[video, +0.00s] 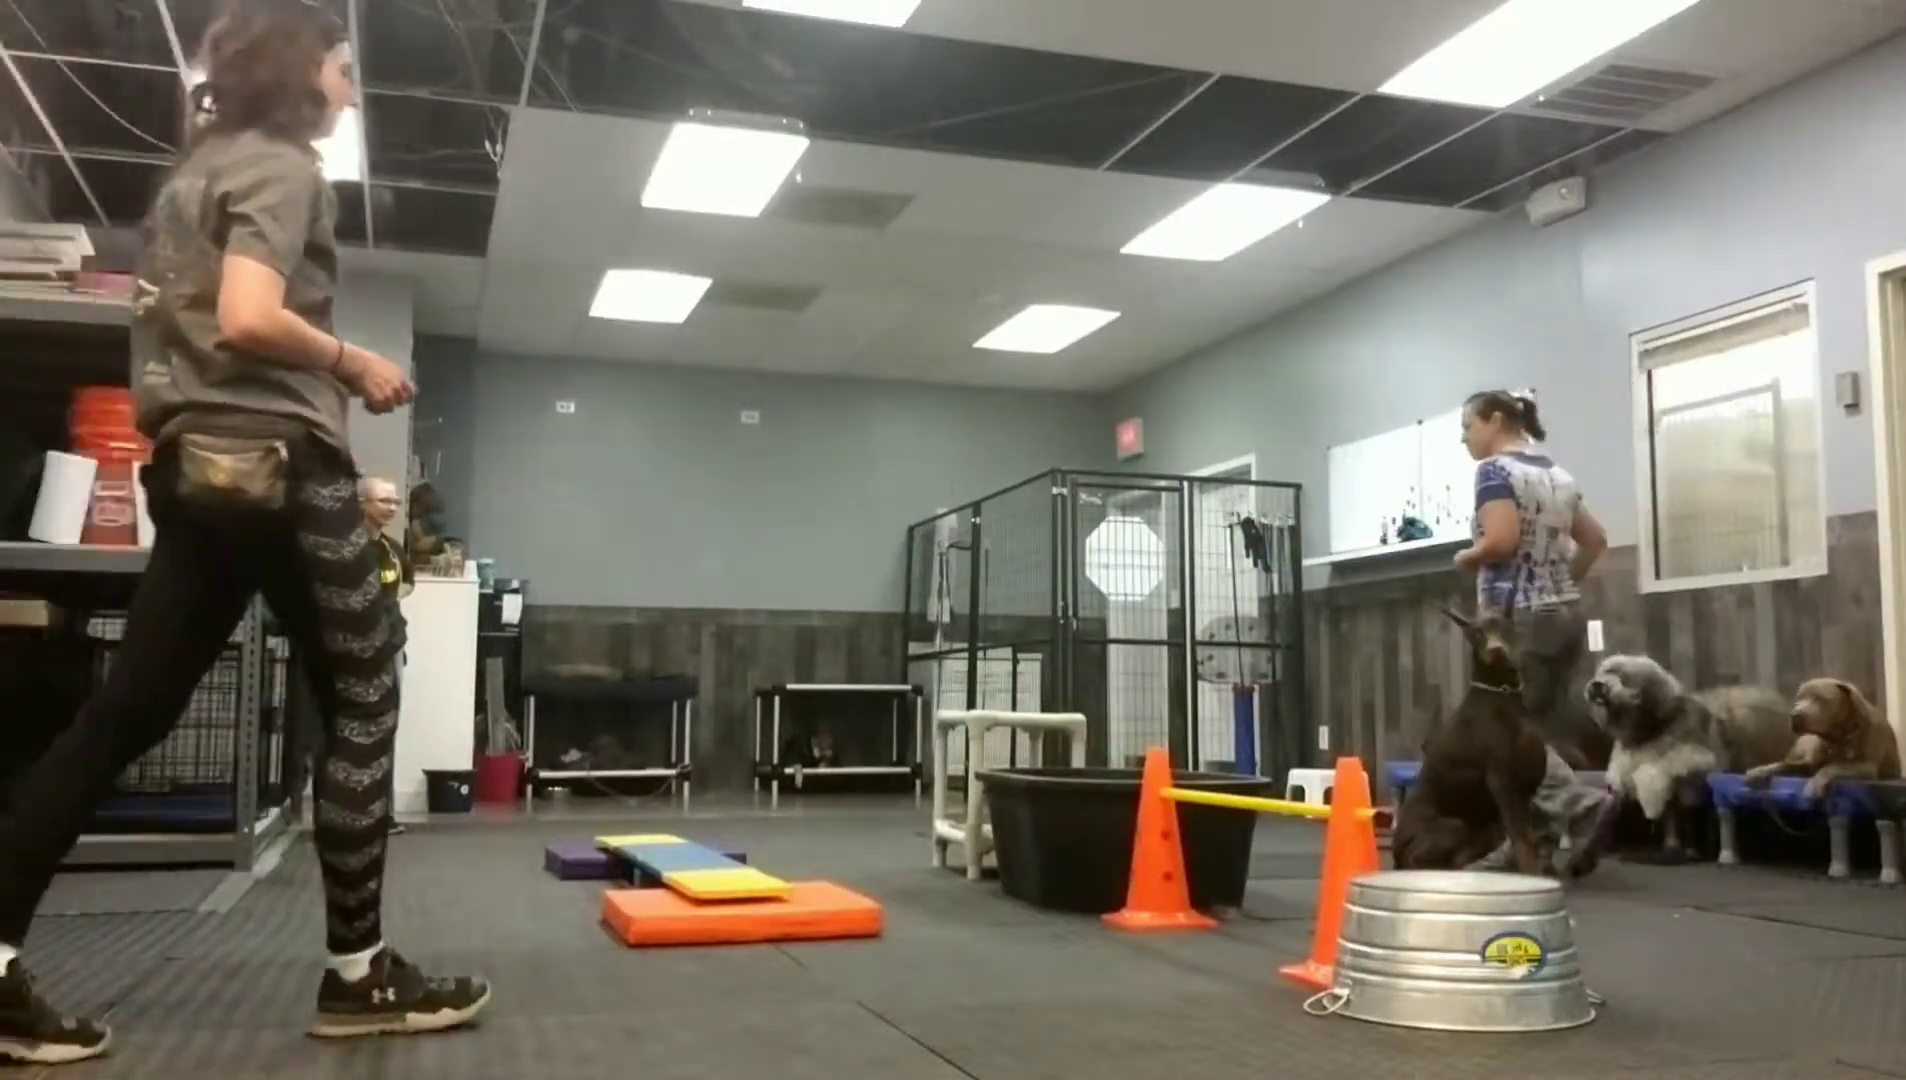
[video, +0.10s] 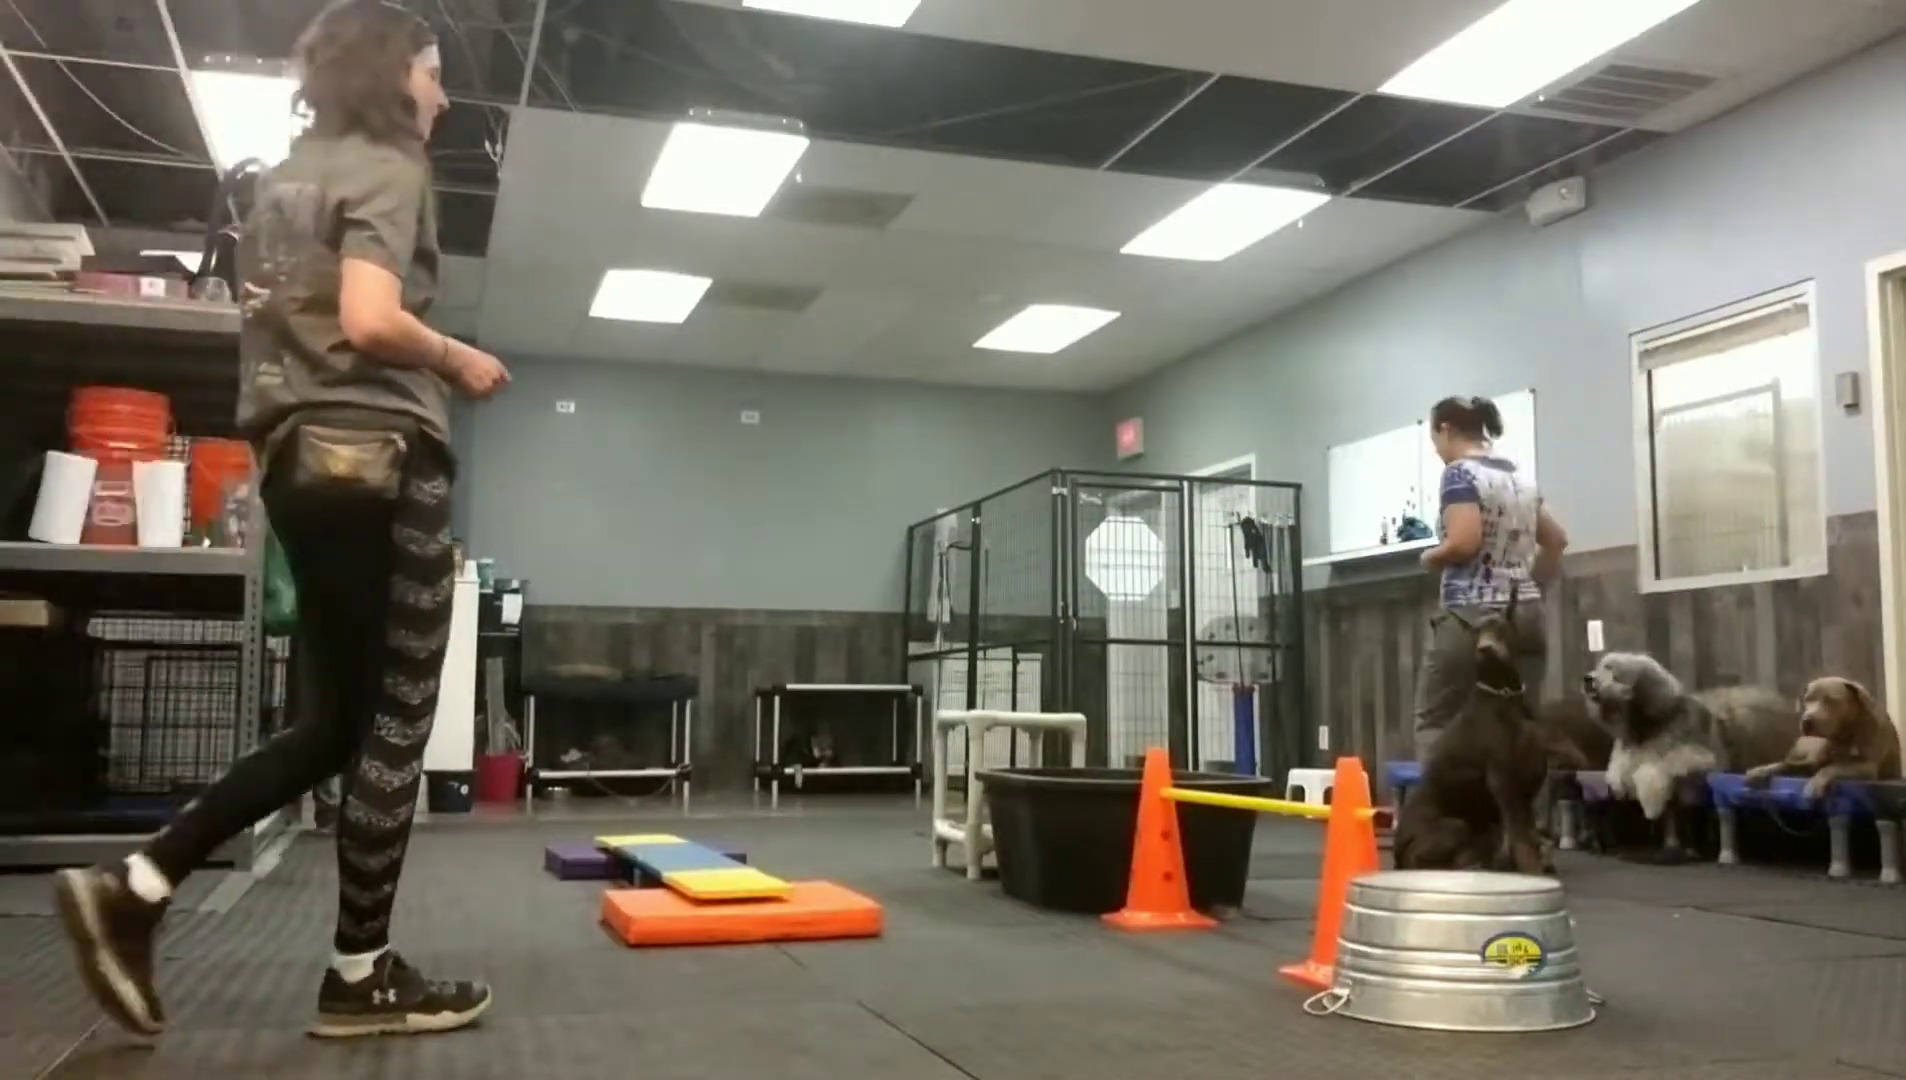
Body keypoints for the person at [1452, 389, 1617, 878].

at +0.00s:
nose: (1467, 439)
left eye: (1470, 428)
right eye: (1466, 430)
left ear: (1497, 422)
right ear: (1512, 424)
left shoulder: (1494, 470)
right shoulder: (1553, 471)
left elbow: (1502, 538)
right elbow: (1594, 538)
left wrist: (1470, 557)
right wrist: (1564, 581)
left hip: (1520, 620)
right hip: (1566, 618)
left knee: (1506, 726)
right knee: (1553, 721)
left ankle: (1582, 804)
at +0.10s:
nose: (1436, 449)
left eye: (1435, 439)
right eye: (1434, 440)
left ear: (1446, 431)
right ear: (1480, 432)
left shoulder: (1459, 473)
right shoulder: (1517, 480)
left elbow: (1465, 542)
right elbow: (1555, 540)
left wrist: (1433, 557)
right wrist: (1532, 588)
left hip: (1469, 613)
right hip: (1524, 610)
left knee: (1434, 721)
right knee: (1520, 719)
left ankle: (1443, 812)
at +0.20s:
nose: (1399, 461)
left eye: (1398, 454)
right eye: (1399, 454)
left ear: (1404, 452)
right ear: (1438, 450)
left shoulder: (1411, 491)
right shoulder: (1475, 496)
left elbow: (1413, 556)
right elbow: (1512, 557)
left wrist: (1389, 571)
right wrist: (1492, 602)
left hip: (1418, 628)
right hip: (1471, 625)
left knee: (1394, 734)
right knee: (1474, 731)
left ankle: (1377, 834)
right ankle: (1485, 831)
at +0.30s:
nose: (1358, 461)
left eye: (1357, 456)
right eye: (1362, 456)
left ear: (1360, 454)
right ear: (1397, 450)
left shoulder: (1355, 496)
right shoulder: (1433, 493)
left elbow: (1350, 560)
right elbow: (1466, 556)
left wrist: (1345, 560)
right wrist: (1448, 591)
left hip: (1369, 621)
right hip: (1427, 619)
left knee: (1363, 734)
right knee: (1421, 727)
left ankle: (1374, 835)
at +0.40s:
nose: (1342, 467)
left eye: (1335, 461)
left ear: (1334, 460)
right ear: (1373, 458)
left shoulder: (1321, 499)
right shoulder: (1400, 499)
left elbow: (1307, 558)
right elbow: (1430, 555)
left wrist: (1332, 572)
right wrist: (1417, 596)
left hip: (1338, 616)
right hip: (1393, 613)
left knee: (1350, 722)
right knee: (1384, 719)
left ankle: (1374, 820)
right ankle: (1382, 811)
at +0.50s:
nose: (1346, 477)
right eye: (1352, 471)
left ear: (1318, 472)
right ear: (1355, 472)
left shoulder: (1298, 511)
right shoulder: (1377, 514)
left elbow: (1286, 568)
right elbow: (1402, 572)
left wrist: (1303, 582)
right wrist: (1391, 615)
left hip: (1313, 631)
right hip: (1367, 630)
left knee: (1324, 729)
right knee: (1353, 729)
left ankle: (1359, 818)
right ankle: (1328, 820)